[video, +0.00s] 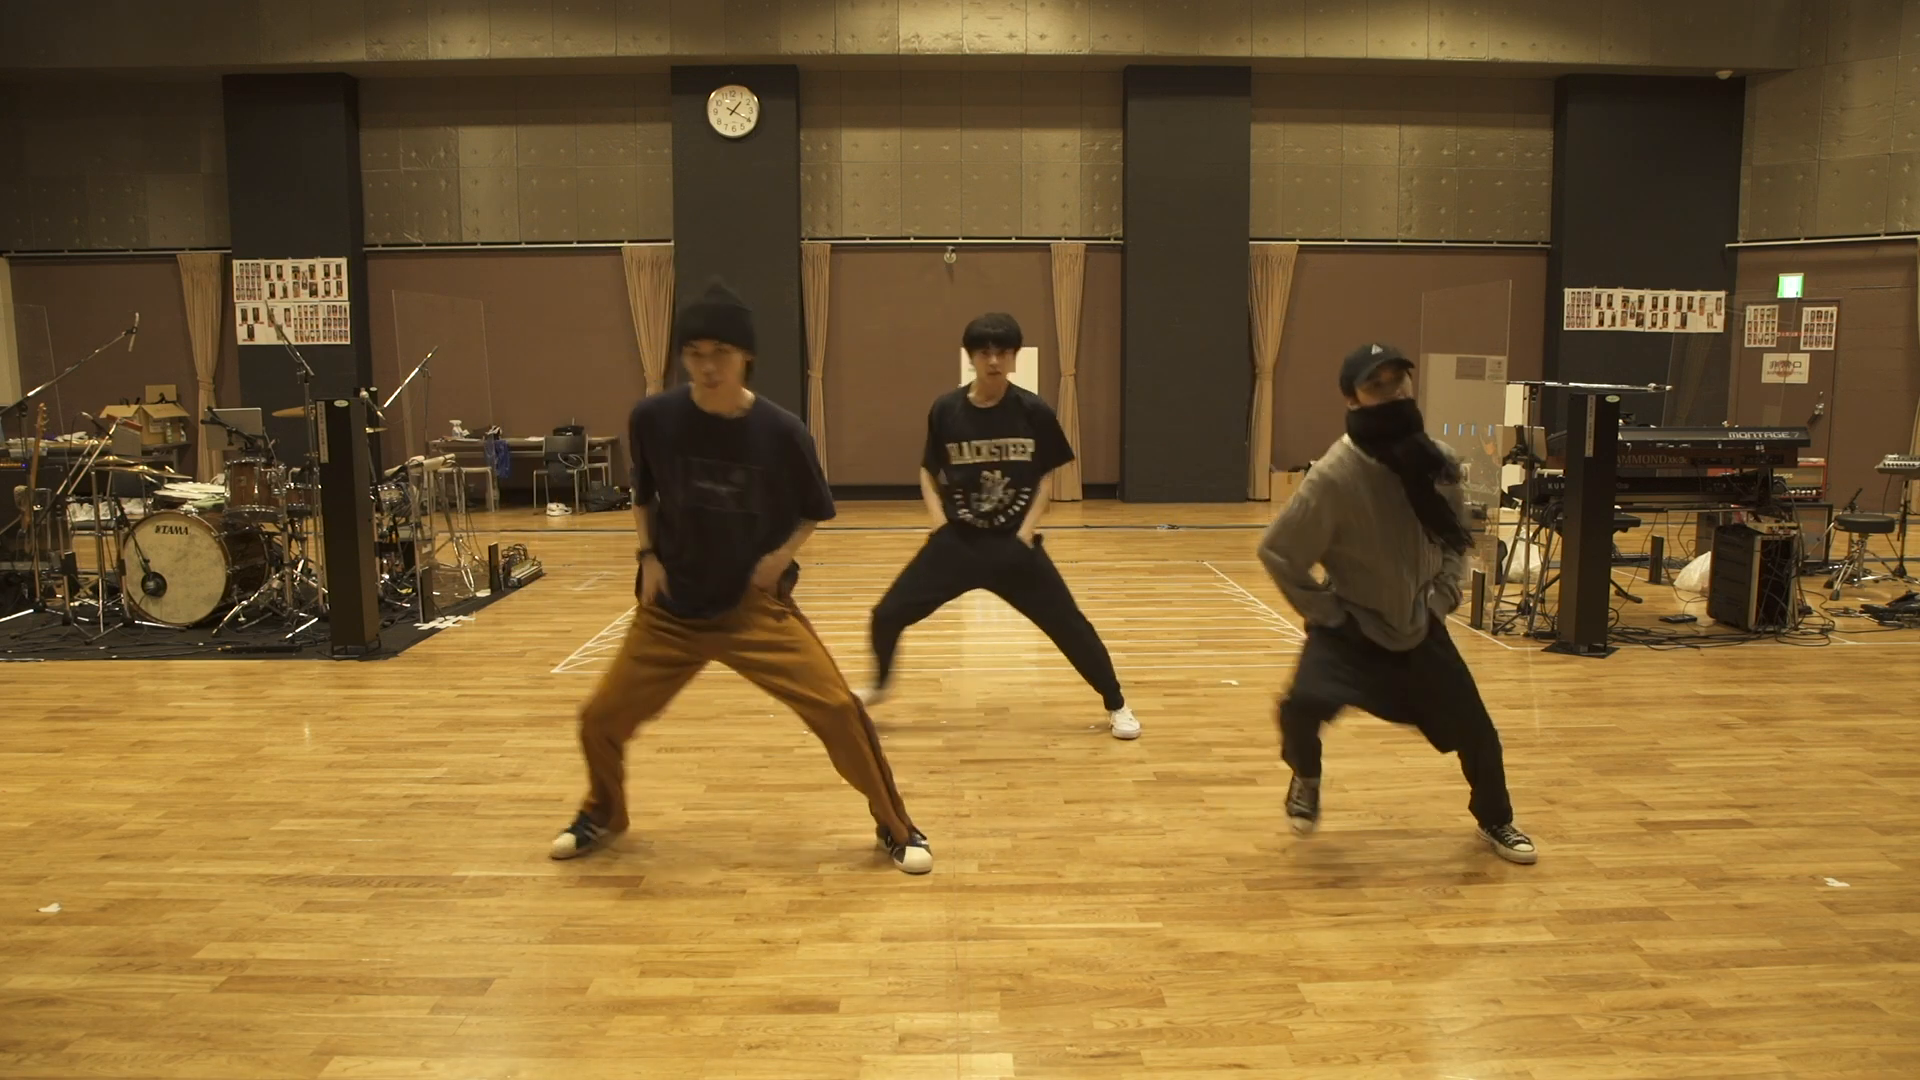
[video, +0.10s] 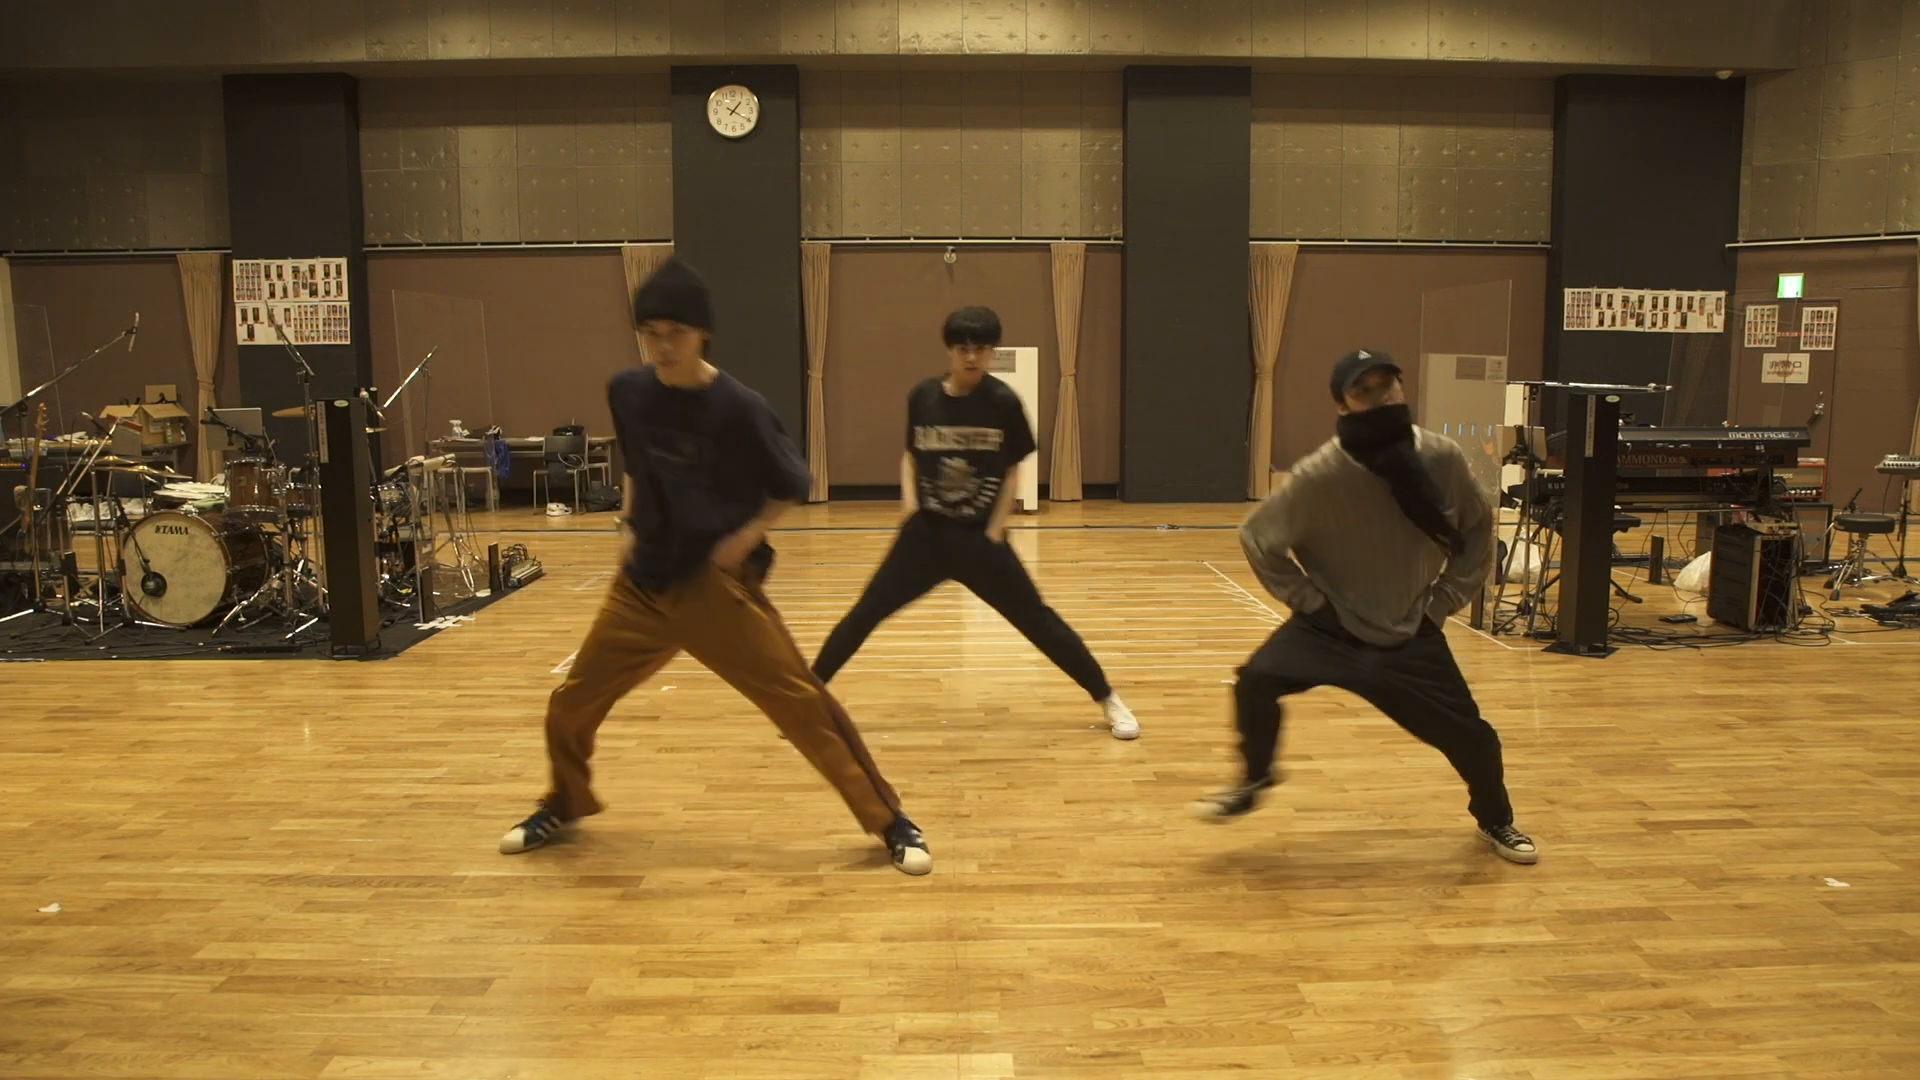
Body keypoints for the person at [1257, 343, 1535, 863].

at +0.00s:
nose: (1395, 393)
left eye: (1400, 381)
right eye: (1378, 386)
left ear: (1412, 387)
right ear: (1353, 399)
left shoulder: (1435, 462)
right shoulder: (1334, 473)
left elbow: (1458, 538)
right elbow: (1277, 551)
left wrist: (1443, 594)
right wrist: (1323, 610)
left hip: (1420, 624)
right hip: (1348, 623)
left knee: (1477, 731)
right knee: (1300, 710)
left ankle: (1497, 820)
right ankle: (1306, 776)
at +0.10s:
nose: (1381, 400)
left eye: (1387, 387)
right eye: (1365, 392)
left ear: (1402, 392)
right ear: (1343, 407)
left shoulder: (1442, 460)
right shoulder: (1318, 476)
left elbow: (1479, 532)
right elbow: (1257, 536)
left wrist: (1438, 605)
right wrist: (1307, 601)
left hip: (1410, 632)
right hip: (1328, 625)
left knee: (1475, 738)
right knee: (1255, 681)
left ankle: (1496, 821)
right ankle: (1255, 777)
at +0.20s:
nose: (1357, 373)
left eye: (1364, 360)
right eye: (1341, 365)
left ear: (1380, 366)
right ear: (1318, 379)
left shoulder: (1413, 433)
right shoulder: (1286, 439)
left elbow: (1448, 517)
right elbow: (1240, 509)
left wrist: (1419, 590)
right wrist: (1284, 582)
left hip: (1389, 621)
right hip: (1306, 617)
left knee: (1446, 723)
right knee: (1215, 695)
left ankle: (1497, 817)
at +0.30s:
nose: (1311, 354)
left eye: (1319, 342)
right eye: (1297, 344)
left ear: (1332, 346)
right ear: (1270, 348)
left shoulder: (1350, 412)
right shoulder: (1227, 396)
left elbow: (1383, 490)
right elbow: (1189, 483)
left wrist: (1357, 564)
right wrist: (1207, 566)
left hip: (1318, 599)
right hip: (1235, 597)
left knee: (1374, 698)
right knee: (1162, 696)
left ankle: (1424, 805)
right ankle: (1138, 833)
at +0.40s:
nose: (1283, 354)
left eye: (1291, 342)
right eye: (1269, 343)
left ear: (1303, 343)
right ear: (1240, 343)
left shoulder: (1316, 408)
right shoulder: (1196, 387)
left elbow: (1331, 498)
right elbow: (1146, 476)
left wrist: (1306, 562)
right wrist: (1168, 559)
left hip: (1275, 589)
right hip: (1195, 586)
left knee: (1320, 703)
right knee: (1130, 699)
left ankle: (1366, 815)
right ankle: (1133, 836)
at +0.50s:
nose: (1243, 358)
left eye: (1253, 347)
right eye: (1230, 347)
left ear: (1267, 345)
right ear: (1203, 343)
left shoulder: (1270, 407)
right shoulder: (1158, 379)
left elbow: (1275, 491)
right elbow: (1106, 468)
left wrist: (1256, 554)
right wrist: (1119, 555)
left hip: (1223, 587)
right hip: (1146, 582)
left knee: (1262, 704)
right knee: (1101, 698)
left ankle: (1301, 820)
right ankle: (1122, 827)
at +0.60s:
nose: (1230, 363)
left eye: (1238, 351)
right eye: (1217, 353)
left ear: (1247, 346)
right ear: (1186, 345)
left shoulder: (1245, 402)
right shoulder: (1139, 384)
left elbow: (1245, 487)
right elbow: (1086, 469)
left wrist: (1225, 552)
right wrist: (1098, 557)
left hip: (1197, 578)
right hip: (1123, 574)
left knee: (1258, 686)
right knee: (1090, 702)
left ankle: (1263, 811)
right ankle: (1056, 817)